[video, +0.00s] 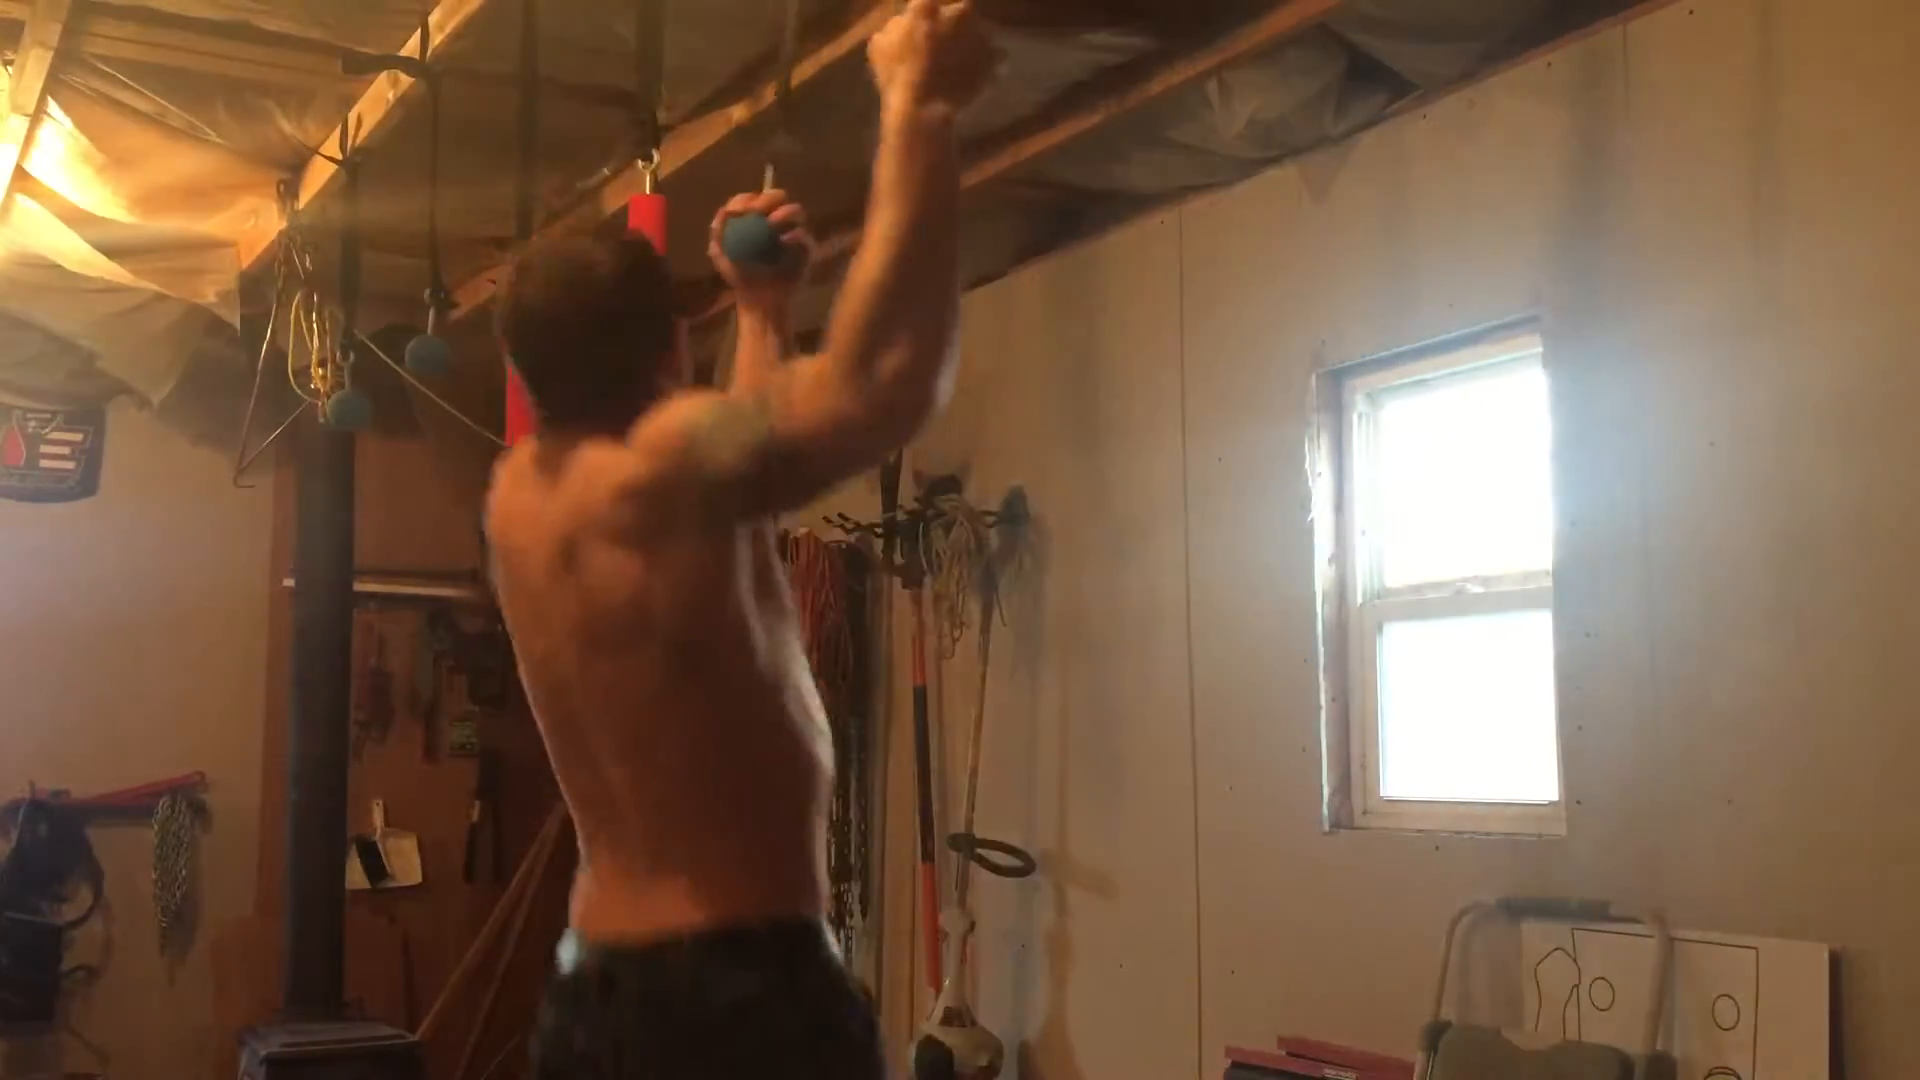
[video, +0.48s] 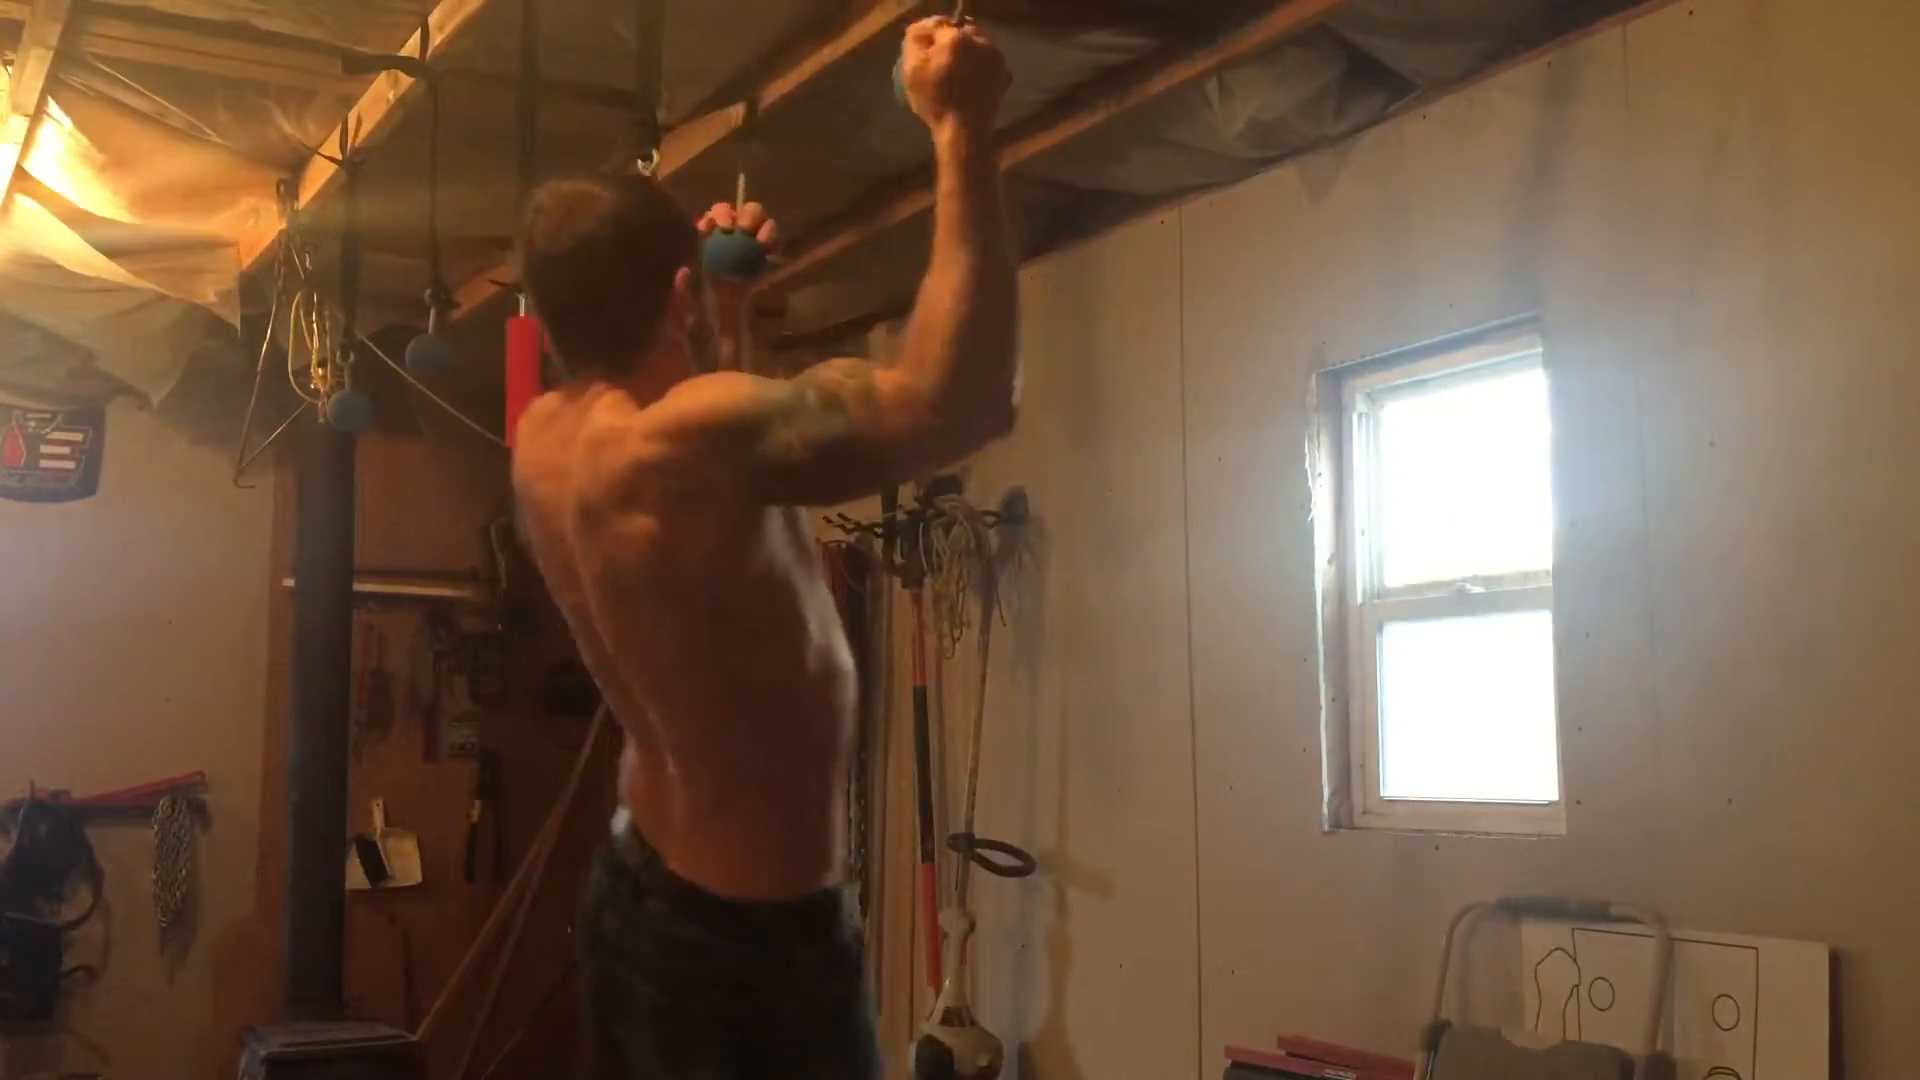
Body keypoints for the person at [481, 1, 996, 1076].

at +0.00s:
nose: (693, 352)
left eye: (680, 328)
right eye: (681, 328)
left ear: (523, 367)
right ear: (666, 342)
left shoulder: (513, 495)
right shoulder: (678, 460)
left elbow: (750, 467)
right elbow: (879, 390)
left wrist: (761, 304)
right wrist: (919, 108)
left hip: (596, 984)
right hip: (751, 981)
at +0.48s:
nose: (701, 278)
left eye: (705, 256)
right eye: (695, 258)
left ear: (549, 323)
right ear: (677, 292)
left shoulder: (539, 437)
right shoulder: (701, 431)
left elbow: (715, 465)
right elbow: (957, 402)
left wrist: (724, 313)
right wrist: (964, 131)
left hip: (637, 902)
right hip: (764, 949)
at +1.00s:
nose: (982, 196)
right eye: (976, 179)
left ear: (802, 250)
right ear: (966, 202)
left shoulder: (790, 427)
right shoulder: (1035, 343)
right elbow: (1351, 366)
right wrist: (1235, 111)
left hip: (1051, 942)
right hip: (1248, 935)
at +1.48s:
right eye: (1115, 42)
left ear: (925, 166)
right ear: (1110, 53)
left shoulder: (947, 349)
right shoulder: (1230, 152)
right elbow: (1619, 140)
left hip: (1338, 883)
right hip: (1566, 753)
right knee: (1877, 1011)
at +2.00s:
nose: (929, 251)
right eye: (919, 227)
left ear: (742, 294)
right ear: (910, 248)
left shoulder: (748, 441)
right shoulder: (928, 350)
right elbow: (1213, 284)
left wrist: (919, 240)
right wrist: (1127, 37)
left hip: (943, 988)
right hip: (1128, 947)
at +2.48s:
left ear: (682, 288)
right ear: (850, 295)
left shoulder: (589, 398)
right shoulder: (931, 448)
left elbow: (578, 541)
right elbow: (1147, 379)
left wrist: (693, 321)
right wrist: (1063, 128)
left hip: (598, 878)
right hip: (781, 921)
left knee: (399, 946)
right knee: (650, 1001)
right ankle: (647, 1069)